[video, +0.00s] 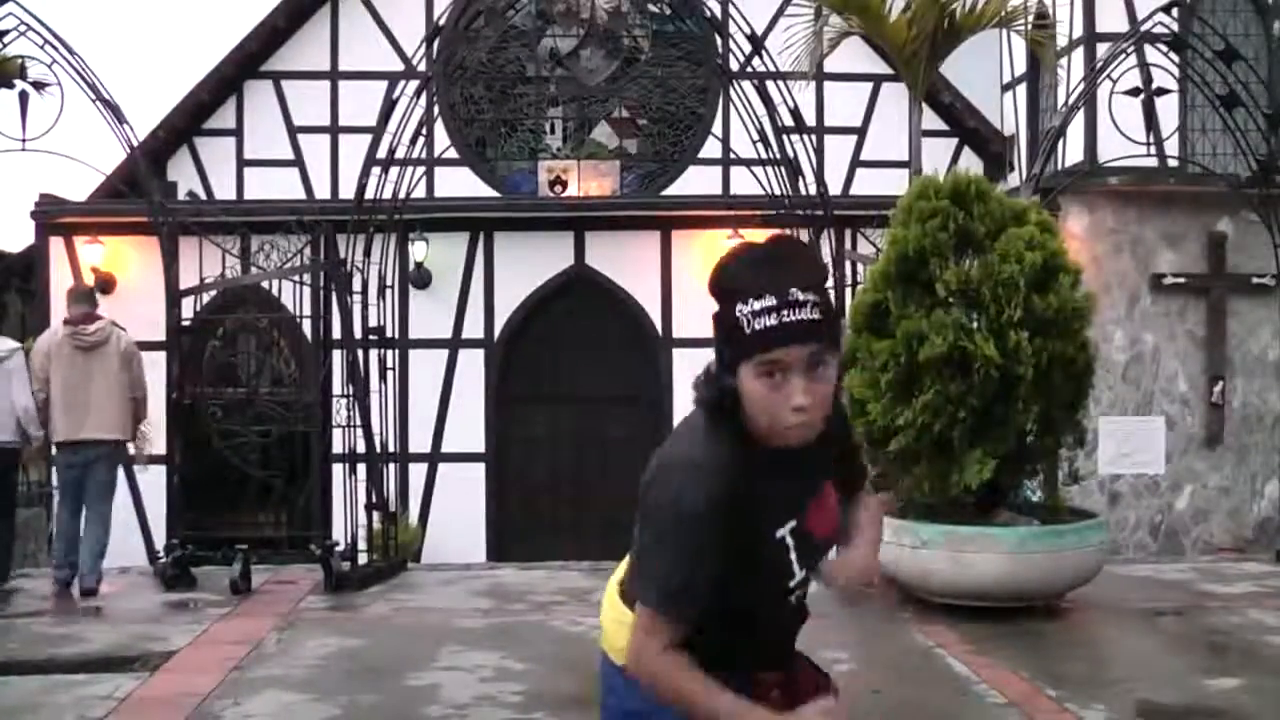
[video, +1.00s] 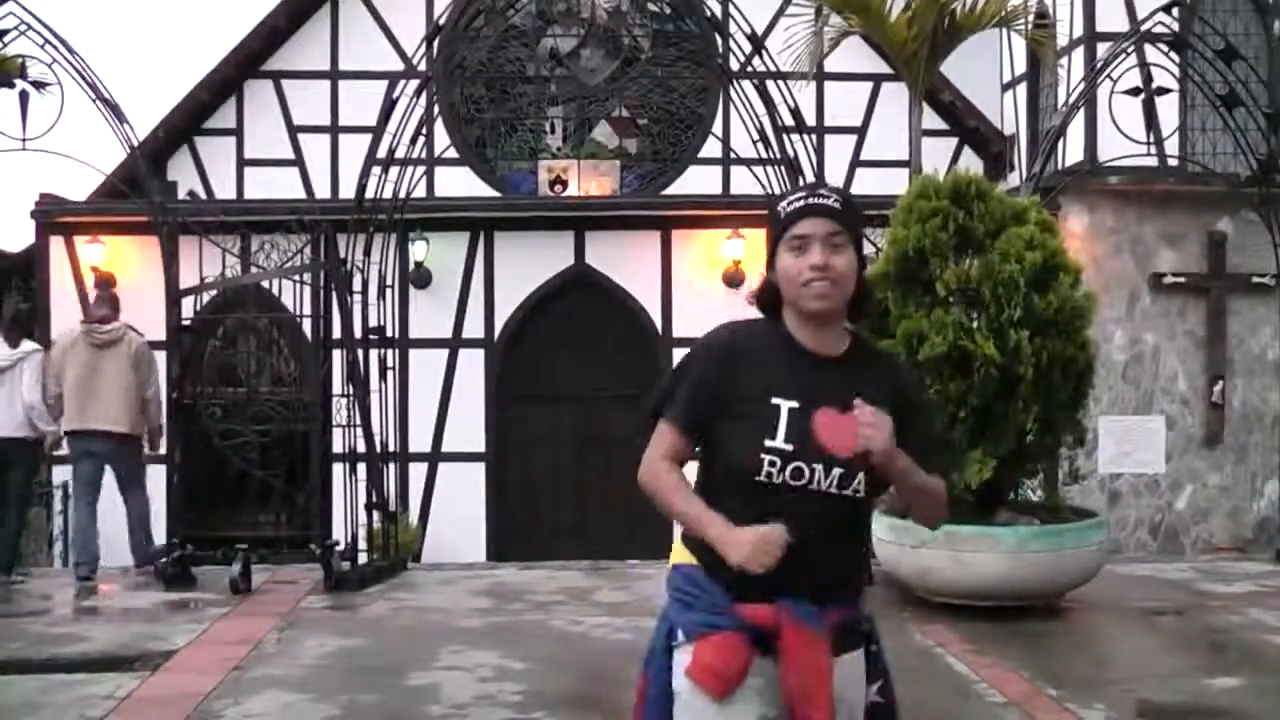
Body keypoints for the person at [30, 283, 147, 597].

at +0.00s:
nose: (77, 312)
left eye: (74, 306)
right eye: (86, 305)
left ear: (67, 306)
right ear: (97, 306)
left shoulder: (48, 343)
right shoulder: (122, 342)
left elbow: (40, 395)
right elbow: (138, 395)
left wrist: (48, 428)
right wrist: (129, 429)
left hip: (67, 438)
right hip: (107, 437)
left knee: (68, 507)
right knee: (98, 510)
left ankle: (63, 577)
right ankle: (89, 581)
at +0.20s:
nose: (78, 316)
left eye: (74, 310)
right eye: (85, 309)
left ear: (66, 310)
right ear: (96, 308)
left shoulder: (48, 344)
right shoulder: (122, 340)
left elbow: (43, 395)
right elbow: (139, 392)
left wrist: (52, 428)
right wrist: (128, 426)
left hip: (67, 438)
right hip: (106, 436)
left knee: (71, 506)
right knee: (96, 507)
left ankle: (72, 569)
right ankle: (88, 577)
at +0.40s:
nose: (80, 316)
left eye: (75, 310)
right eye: (89, 310)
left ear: (67, 311)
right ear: (96, 310)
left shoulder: (47, 344)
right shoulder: (120, 342)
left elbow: (43, 394)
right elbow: (136, 394)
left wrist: (54, 427)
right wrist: (134, 432)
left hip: (66, 435)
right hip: (104, 434)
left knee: (71, 505)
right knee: (98, 504)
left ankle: (74, 571)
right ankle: (88, 569)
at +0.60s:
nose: (85, 316)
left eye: (80, 310)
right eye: (93, 310)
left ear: (72, 311)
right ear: (101, 310)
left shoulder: (52, 341)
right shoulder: (124, 342)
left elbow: (46, 390)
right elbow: (138, 395)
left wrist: (57, 425)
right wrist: (138, 440)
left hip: (66, 434)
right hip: (105, 434)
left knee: (72, 502)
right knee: (104, 496)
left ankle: (79, 576)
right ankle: (89, 547)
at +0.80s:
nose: (104, 315)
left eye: (97, 310)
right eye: (105, 310)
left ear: (80, 310)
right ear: (107, 310)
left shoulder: (57, 343)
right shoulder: (126, 345)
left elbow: (48, 387)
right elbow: (139, 397)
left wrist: (57, 419)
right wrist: (143, 438)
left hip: (72, 430)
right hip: (109, 431)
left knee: (79, 500)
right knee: (118, 487)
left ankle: (82, 571)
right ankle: (105, 548)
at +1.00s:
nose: (102, 316)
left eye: (99, 312)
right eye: (108, 312)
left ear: (89, 314)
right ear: (117, 313)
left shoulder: (66, 343)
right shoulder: (136, 344)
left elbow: (52, 392)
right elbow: (150, 394)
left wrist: (64, 419)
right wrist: (155, 433)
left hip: (82, 430)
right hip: (123, 432)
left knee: (84, 500)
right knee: (135, 493)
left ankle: (84, 569)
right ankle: (144, 556)